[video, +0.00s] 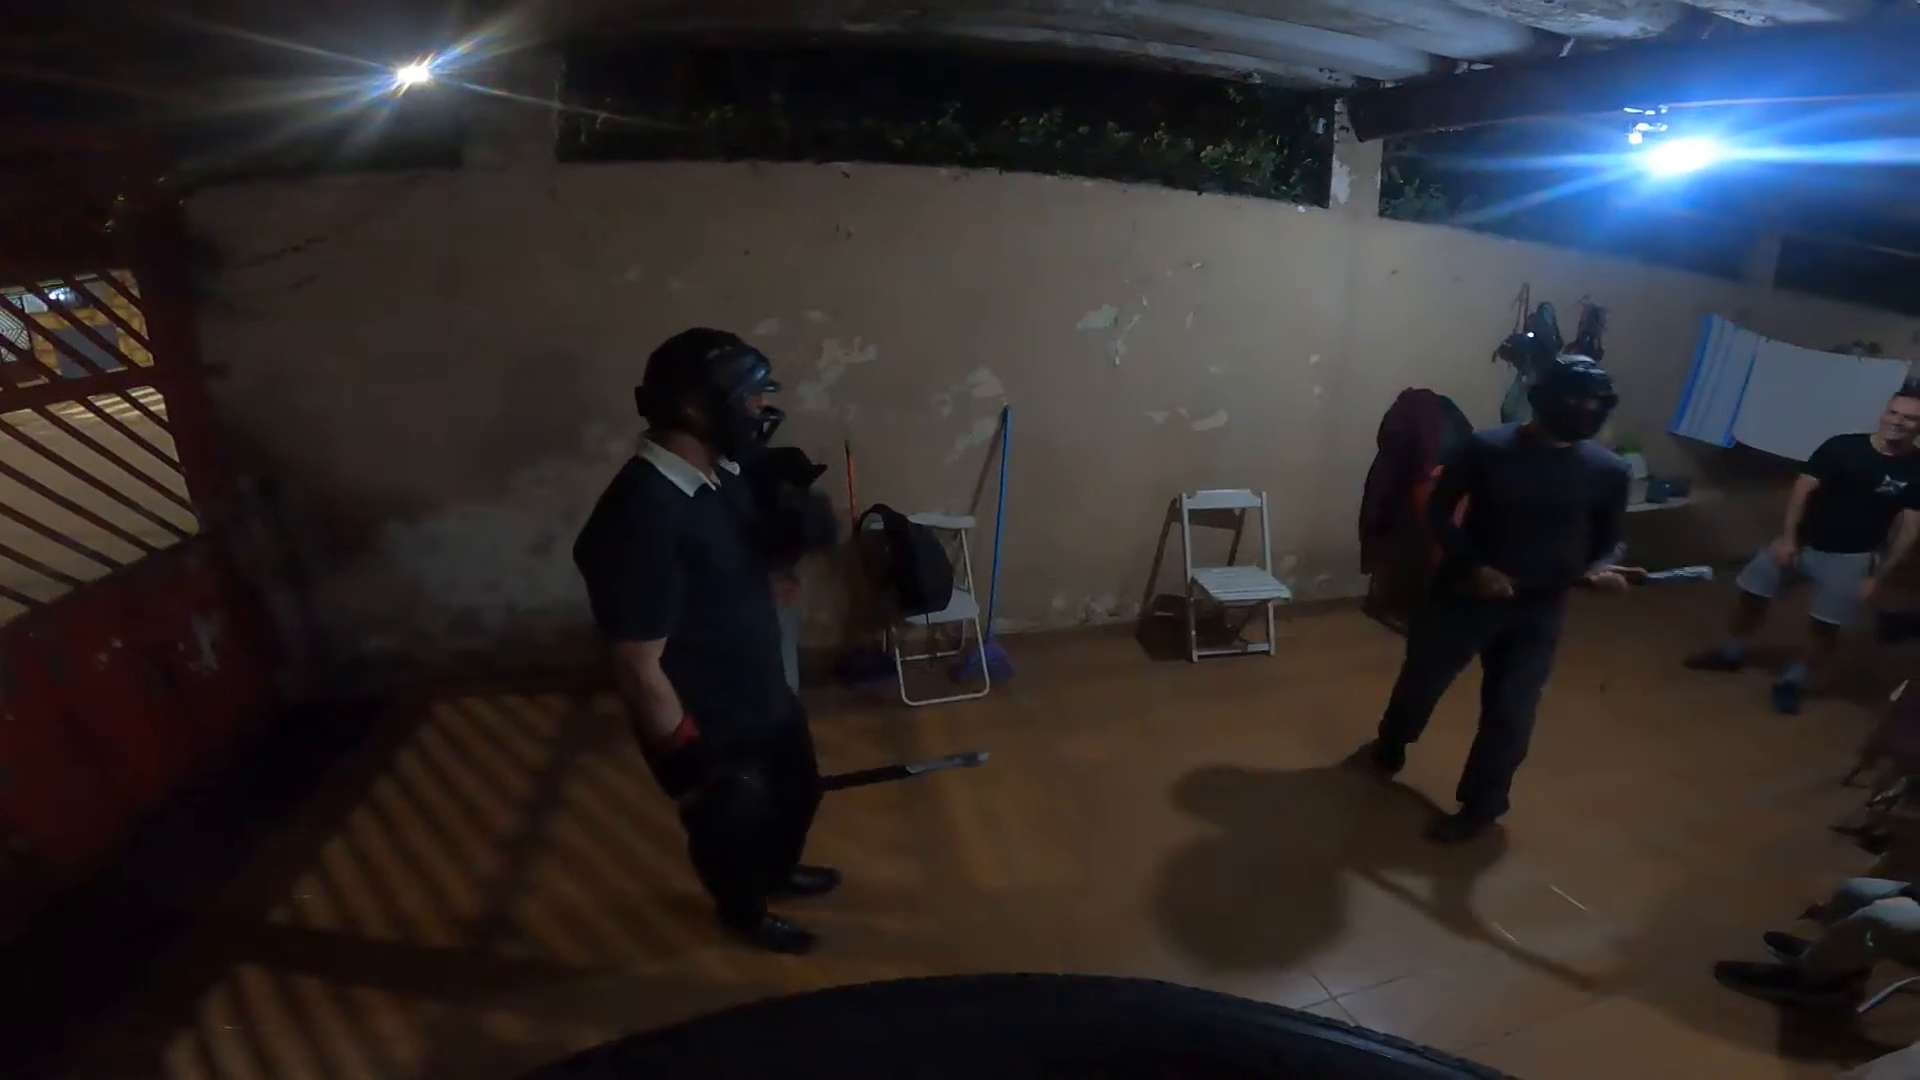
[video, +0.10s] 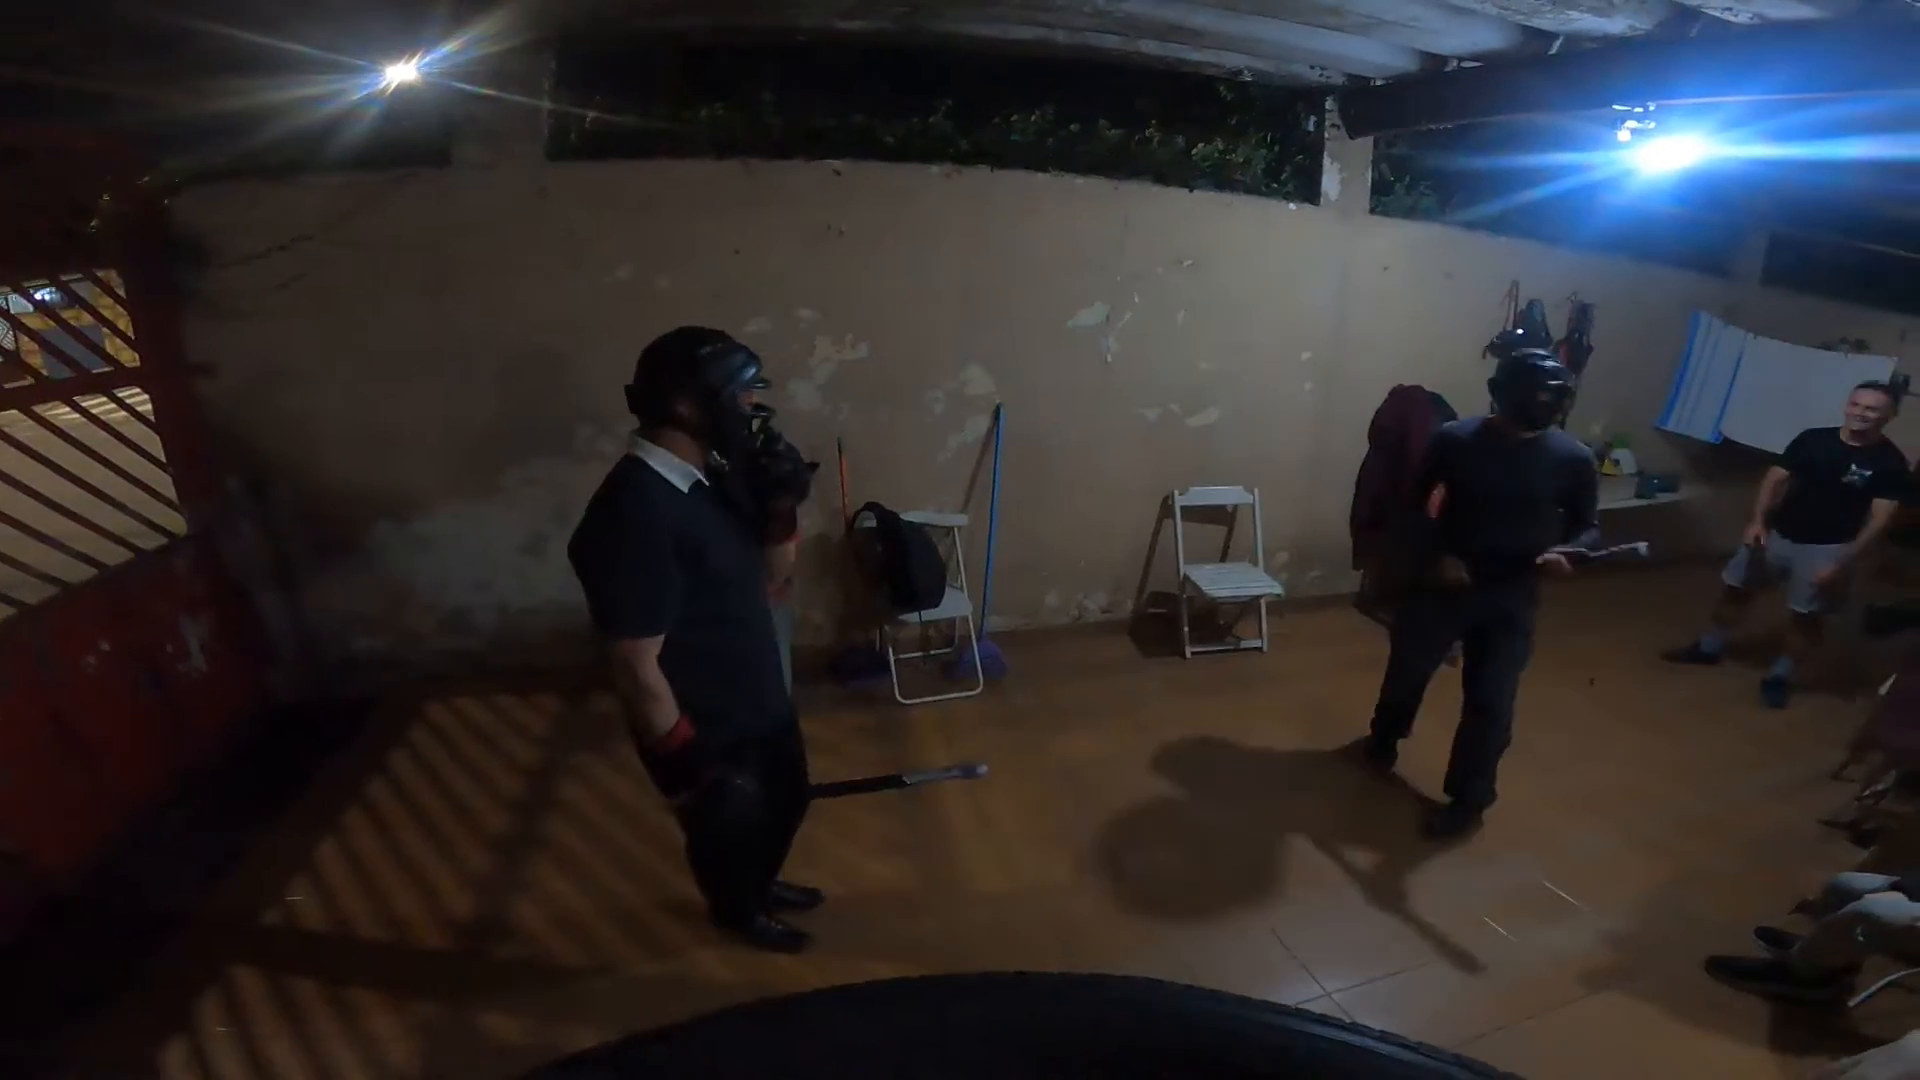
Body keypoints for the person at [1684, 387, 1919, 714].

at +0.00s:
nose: (1899, 421)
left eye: (1909, 418)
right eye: (1894, 413)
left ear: (1919, 426)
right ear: (1883, 414)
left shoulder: (1912, 471)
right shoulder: (1841, 447)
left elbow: (1909, 529)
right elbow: (1802, 487)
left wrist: (1878, 576)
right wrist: (1788, 538)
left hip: (1849, 557)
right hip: (1803, 541)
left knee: (1825, 623)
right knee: (1752, 584)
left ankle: (1795, 680)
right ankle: (1733, 649)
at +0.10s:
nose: (1860, 414)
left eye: (1871, 410)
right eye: (1855, 405)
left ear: (1886, 418)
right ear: (1846, 406)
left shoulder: (1889, 463)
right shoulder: (1812, 440)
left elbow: (1879, 522)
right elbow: (1773, 478)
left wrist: (1840, 563)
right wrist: (1757, 521)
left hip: (1825, 550)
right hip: (1779, 535)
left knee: (1803, 616)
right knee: (1735, 584)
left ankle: (1780, 676)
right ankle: (1709, 646)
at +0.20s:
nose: (1840, 411)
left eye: (1851, 407)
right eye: (1835, 403)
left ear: (1866, 413)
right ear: (1826, 403)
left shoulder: (1871, 457)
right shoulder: (1797, 436)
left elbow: (1859, 515)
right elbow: (1759, 475)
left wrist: (1823, 558)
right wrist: (1741, 516)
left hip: (1809, 545)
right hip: (1764, 531)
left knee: (1791, 611)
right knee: (1723, 581)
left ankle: (1774, 672)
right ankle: (1704, 643)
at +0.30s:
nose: (1806, 406)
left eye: (1816, 401)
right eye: (1801, 398)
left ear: (1835, 403)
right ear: (1795, 398)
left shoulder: (1845, 448)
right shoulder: (1773, 432)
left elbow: (1830, 505)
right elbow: (1738, 471)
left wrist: (1796, 549)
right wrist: (1717, 513)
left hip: (1784, 539)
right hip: (1741, 526)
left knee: (1772, 607)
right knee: (1709, 581)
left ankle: (1764, 668)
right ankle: (1692, 641)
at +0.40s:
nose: (1765, 402)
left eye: (1774, 396)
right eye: (1760, 396)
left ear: (1796, 397)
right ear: (1754, 396)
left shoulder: (1811, 442)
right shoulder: (1741, 428)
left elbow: (1795, 498)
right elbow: (1711, 469)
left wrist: (1757, 539)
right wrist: (1687, 510)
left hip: (1757, 533)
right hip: (1711, 520)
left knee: (1755, 602)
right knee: (1685, 574)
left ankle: (1745, 664)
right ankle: (1676, 636)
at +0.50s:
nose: (1748, 400)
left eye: (1757, 394)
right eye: (1743, 393)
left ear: (1778, 393)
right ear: (1738, 393)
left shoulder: (1795, 437)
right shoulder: (1727, 424)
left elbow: (1783, 493)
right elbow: (1698, 467)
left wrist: (1745, 532)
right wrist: (1674, 508)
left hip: (1745, 528)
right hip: (1699, 516)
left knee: (1743, 597)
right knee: (1677, 573)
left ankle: (1733, 658)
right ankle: (1668, 634)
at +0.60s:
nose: (1718, 394)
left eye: (1727, 388)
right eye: (1713, 388)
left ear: (1747, 387)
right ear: (1708, 386)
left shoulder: (1765, 428)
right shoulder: (1699, 419)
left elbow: (1760, 485)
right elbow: (1673, 459)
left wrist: (1734, 526)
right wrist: (1649, 490)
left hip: (1721, 522)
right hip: (1679, 512)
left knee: (1715, 590)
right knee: (1659, 569)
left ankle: (1702, 646)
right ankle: (1652, 627)